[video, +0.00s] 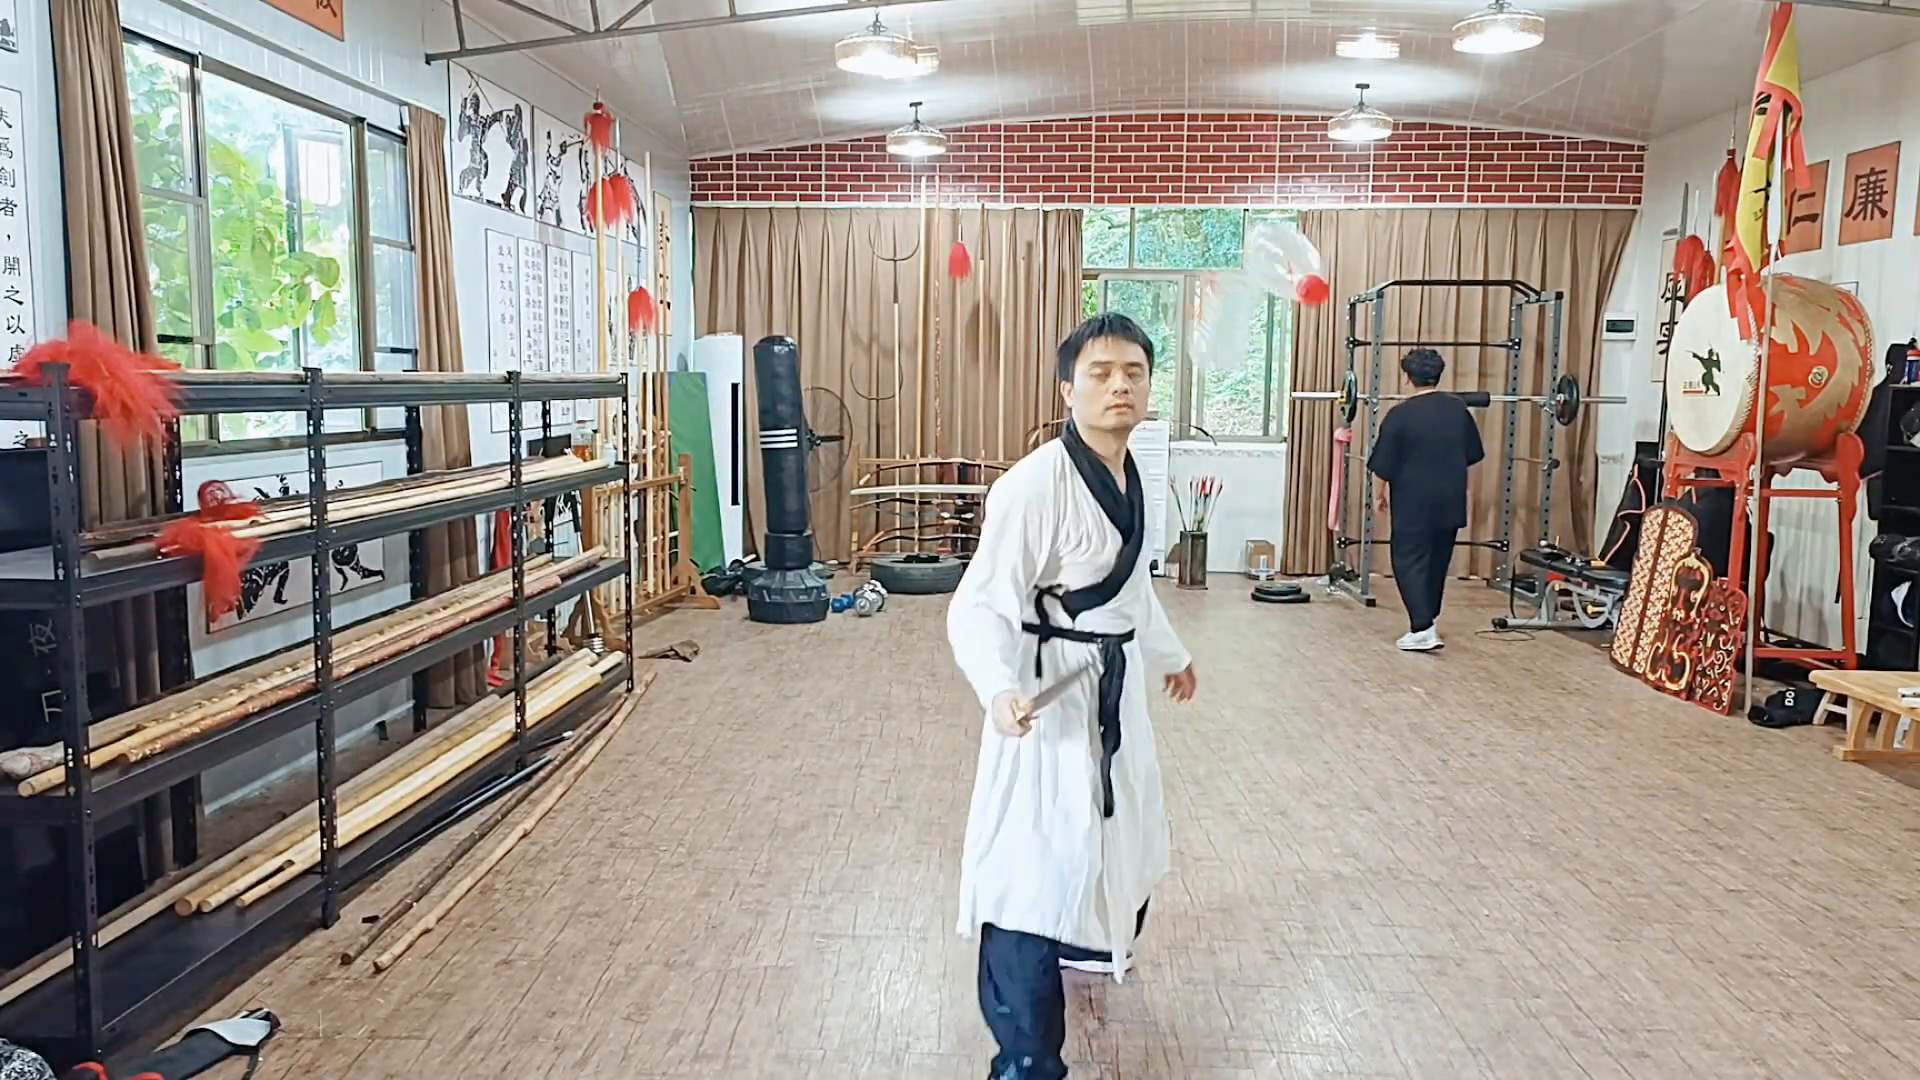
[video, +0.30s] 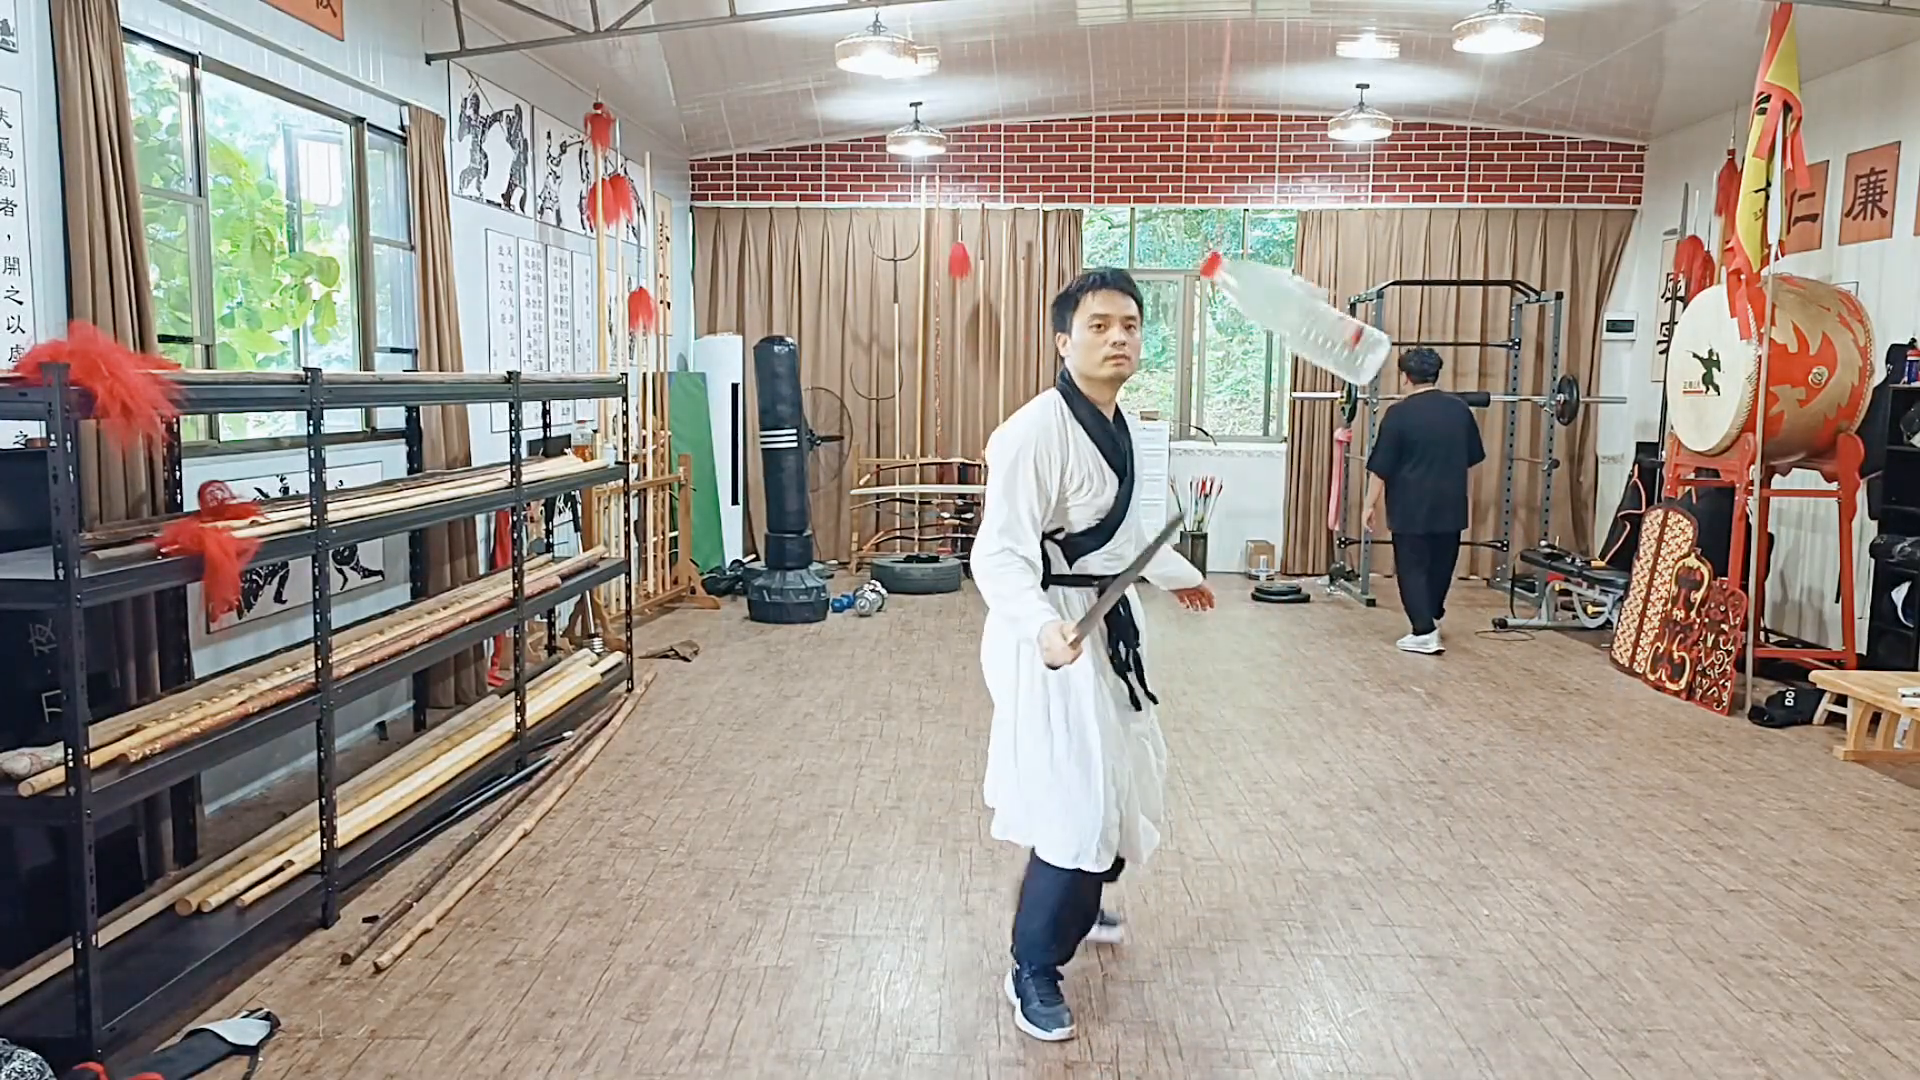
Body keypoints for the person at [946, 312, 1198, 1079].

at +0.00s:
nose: (1119, 386)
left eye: (1133, 372)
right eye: (1100, 372)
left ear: (1149, 388)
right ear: (1067, 387)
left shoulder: (1136, 471)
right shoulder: (1032, 486)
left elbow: (1131, 578)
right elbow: (979, 606)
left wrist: (1168, 650)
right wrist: (1003, 684)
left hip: (1118, 682)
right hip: (1048, 688)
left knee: (1127, 827)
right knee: (1032, 863)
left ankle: (1083, 945)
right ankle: (1027, 1061)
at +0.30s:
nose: (1120, 338)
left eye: (1130, 325)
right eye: (1101, 325)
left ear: (1140, 340)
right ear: (1063, 340)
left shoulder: (1125, 425)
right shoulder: (1031, 433)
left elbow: (1123, 529)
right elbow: (998, 554)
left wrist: (1176, 575)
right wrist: (1043, 625)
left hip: (1108, 629)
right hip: (1047, 642)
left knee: (1124, 774)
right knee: (1077, 807)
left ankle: (1075, 904)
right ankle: (1034, 969)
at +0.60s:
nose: (1098, 376)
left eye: (1109, 362)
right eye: (1080, 364)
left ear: (1122, 373)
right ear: (1051, 377)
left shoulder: (1111, 451)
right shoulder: (1035, 459)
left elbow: (1120, 547)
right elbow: (1005, 558)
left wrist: (1172, 594)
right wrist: (1059, 600)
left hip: (1104, 676)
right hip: (1045, 681)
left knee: (1087, 814)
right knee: (1056, 830)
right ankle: (1034, 980)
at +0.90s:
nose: (1144, 392)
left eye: (1153, 375)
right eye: (1119, 377)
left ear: (1162, 387)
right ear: (1072, 399)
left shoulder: (1135, 485)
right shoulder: (1048, 493)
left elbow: (1147, 574)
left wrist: (1182, 609)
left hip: (1117, 718)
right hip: (1059, 730)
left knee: (1093, 938)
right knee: (1070, 964)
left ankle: (1050, 1060)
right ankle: (1027, 1067)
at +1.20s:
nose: (1157, 404)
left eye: (1161, 386)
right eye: (1132, 391)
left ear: (1171, 396)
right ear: (1082, 416)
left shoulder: (1138, 488)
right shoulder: (1073, 504)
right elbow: (1132, 552)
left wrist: (1250, 545)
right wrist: (1233, 536)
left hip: (1122, 710)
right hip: (1060, 732)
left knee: (1145, 827)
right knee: (1082, 961)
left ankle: (1167, 936)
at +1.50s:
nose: (1185, 404)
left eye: (1198, 388)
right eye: (1164, 388)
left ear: (1213, 399)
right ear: (1126, 401)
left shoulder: (1183, 489)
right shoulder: (1091, 496)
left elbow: (1162, 587)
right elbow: (1034, 619)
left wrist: (1181, 650)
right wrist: (1075, 671)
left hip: (1155, 707)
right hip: (1087, 721)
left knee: (1180, 858)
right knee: (1072, 896)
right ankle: (1038, 1057)